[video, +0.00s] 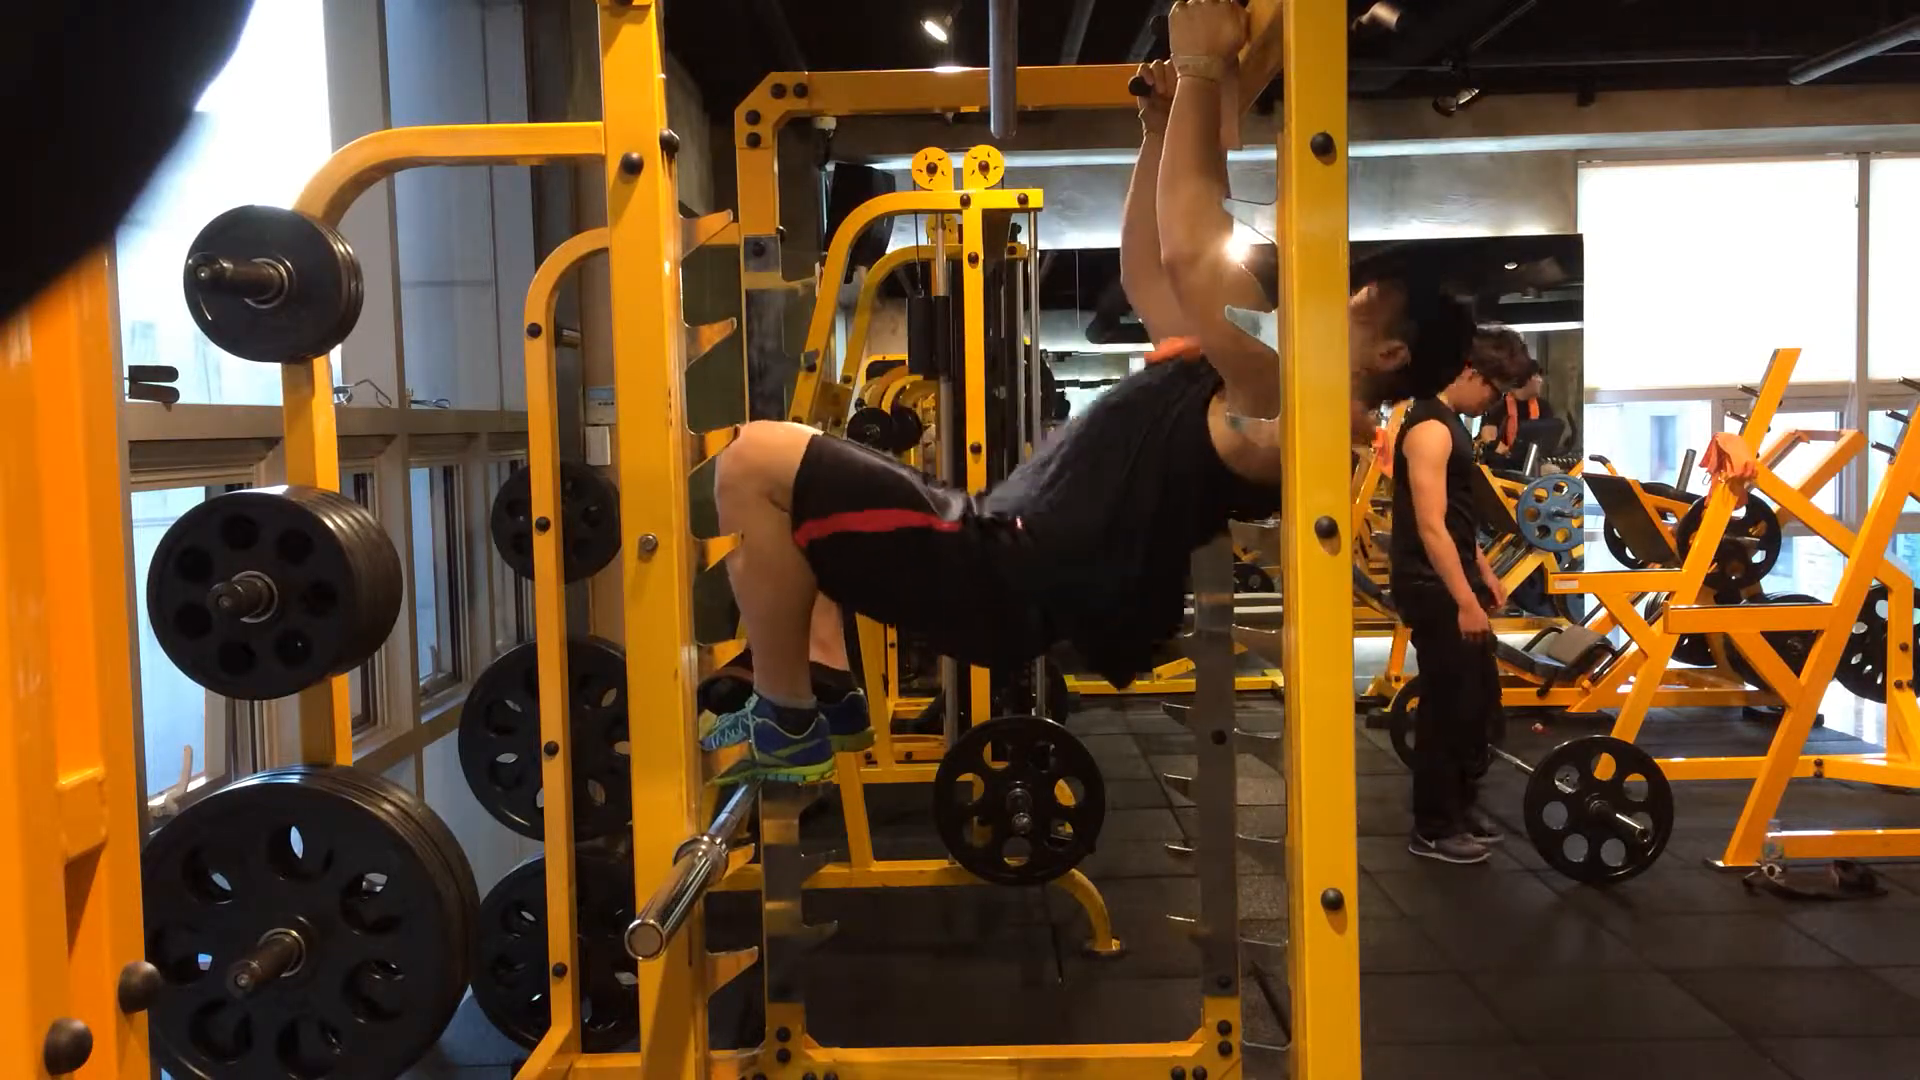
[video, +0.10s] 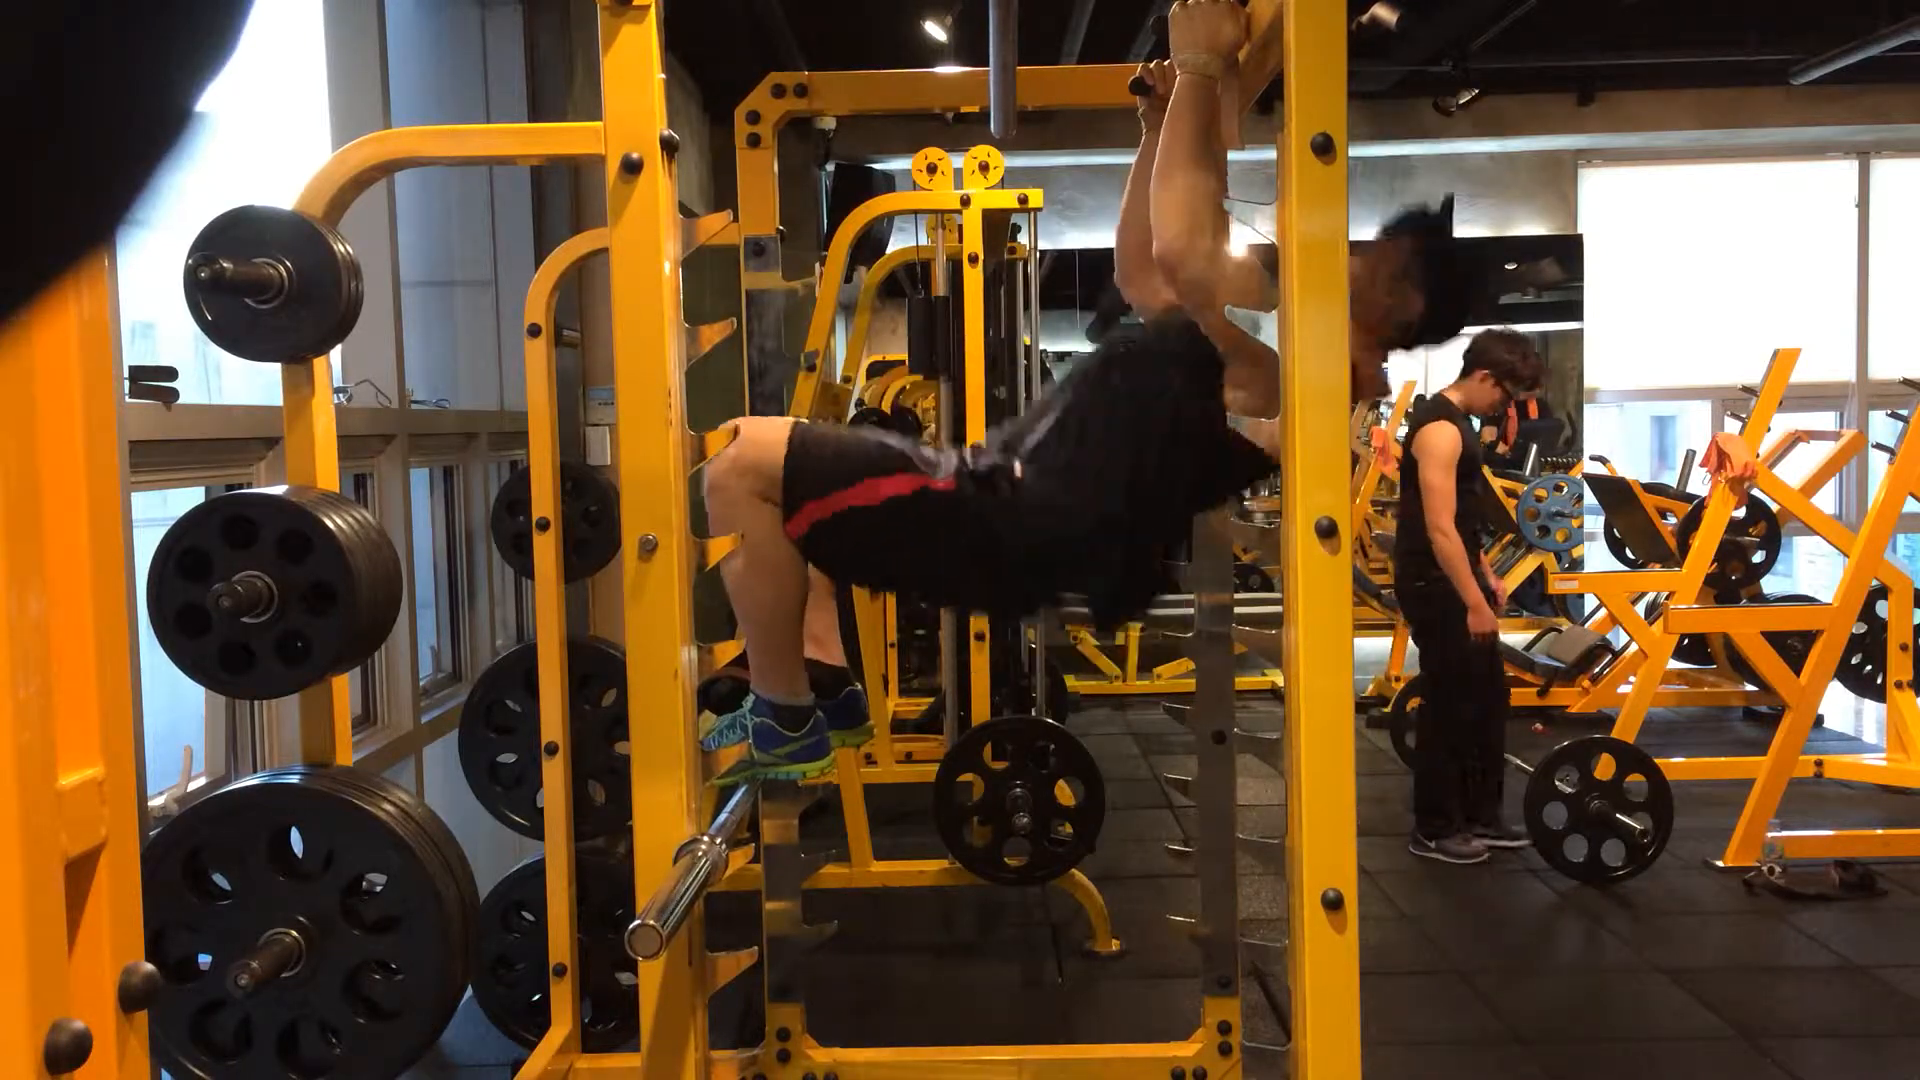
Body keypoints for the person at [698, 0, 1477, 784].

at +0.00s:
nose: (1335, 298)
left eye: (1359, 299)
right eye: (1354, 289)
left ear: (1383, 351)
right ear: (1365, 333)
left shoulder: (1301, 414)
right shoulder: (1259, 379)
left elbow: (1200, 266)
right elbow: (1149, 281)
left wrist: (1205, 75)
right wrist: (1161, 120)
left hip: (1008, 583)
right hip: (998, 537)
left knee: (752, 468)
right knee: (778, 448)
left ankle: (786, 715)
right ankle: (821, 670)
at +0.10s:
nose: (1343, 252)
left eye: (1368, 253)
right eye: (1361, 244)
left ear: (1389, 302)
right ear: (1371, 288)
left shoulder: (1307, 390)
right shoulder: (1268, 361)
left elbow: (1194, 263)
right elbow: (1140, 275)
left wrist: (1207, 70)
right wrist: (1154, 126)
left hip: (1003, 531)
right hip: (996, 493)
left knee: (739, 470)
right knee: (764, 438)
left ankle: (783, 713)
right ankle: (821, 666)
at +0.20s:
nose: (1356, 185)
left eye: (1382, 186)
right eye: (1371, 175)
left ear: (1410, 236)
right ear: (1385, 221)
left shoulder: (1343, 295)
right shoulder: (1327, 312)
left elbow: (1190, 252)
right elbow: (1137, 255)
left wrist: (1208, 68)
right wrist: (1170, 104)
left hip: (1025, 472)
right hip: (1023, 447)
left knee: (740, 471)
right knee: (752, 431)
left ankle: (782, 714)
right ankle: (821, 664)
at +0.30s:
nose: (1357, 119)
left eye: (1382, 120)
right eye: (1370, 105)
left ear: (1412, 172)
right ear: (1362, 125)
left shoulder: (1339, 250)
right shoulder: (1315, 210)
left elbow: (1185, 241)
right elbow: (1157, 216)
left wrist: (1203, 71)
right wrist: (1190, 90)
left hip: (1057, 423)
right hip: (1039, 387)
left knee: (745, 460)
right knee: (768, 431)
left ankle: (783, 714)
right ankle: (821, 670)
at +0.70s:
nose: (1345, 168)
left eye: (1374, 168)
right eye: (1361, 158)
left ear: (1407, 224)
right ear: (1366, 199)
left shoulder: (1346, 300)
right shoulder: (1314, 293)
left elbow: (1195, 248)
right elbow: (1139, 276)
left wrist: (1207, 72)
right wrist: (1157, 127)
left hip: (1055, 486)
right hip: (1035, 449)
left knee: (760, 458)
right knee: (798, 447)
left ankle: (785, 715)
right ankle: (824, 672)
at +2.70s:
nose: (1321, 146)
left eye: (1350, 141)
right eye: (1336, 129)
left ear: (1390, 187)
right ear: (1361, 167)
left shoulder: (1339, 264)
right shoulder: (1315, 248)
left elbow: (1176, 245)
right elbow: (1143, 240)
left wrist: (1197, 72)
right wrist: (1173, 106)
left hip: (1017, 442)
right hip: (1002, 408)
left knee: (725, 474)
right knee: (727, 431)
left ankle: (780, 714)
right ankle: (816, 667)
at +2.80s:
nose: (1318, 210)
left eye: (1346, 204)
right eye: (1331, 195)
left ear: (1385, 244)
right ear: (1368, 242)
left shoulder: (1342, 307)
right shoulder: (1311, 343)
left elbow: (1186, 263)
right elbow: (1135, 278)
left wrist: (1199, 74)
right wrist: (1158, 131)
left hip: (1011, 486)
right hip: (1010, 461)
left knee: (724, 472)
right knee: (746, 432)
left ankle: (777, 709)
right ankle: (818, 665)